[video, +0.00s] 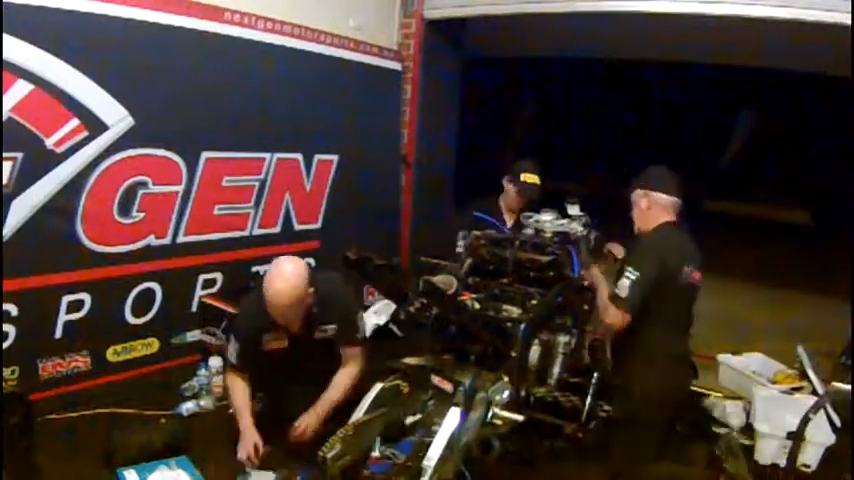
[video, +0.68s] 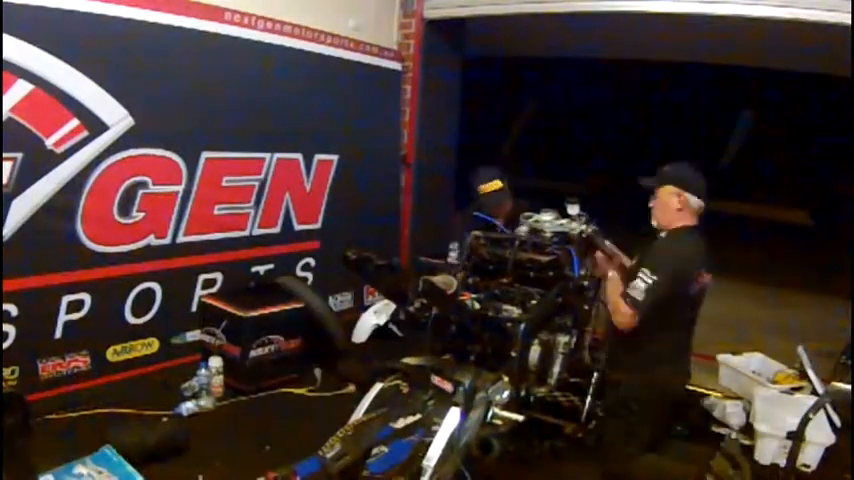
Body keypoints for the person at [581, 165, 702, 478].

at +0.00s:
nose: (631, 215)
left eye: (634, 205)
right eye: (632, 206)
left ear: (646, 202)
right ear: (672, 206)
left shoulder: (650, 248)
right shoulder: (686, 246)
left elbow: (615, 318)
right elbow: (662, 299)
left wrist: (599, 281)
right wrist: (626, 260)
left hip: (642, 379)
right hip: (675, 375)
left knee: (627, 463)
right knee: (653, 460)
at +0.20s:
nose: (648, 222)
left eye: (653, 212)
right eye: (649, 214)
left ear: (678, 210)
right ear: (678, 211)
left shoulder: (691, 251)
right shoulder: (683, 249)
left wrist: (615, 237)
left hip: (659, 396)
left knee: (639, 469)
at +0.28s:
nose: (646, 196)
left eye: (653, 190)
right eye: (650, 189)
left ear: (670, 198)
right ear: (675, 202)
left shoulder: (661, 246)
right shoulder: (685, 248)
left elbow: (589, 273)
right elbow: (650, 285)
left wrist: (583, 227)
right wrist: (627, 249)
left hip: (626, 376)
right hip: (652, 374)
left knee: (603, 461)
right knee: (621, 459)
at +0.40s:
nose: (649, 206)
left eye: (657, 198)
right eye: (652, 198)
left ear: (679, 203)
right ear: (679, 205)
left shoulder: (672, 250)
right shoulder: (692, 245)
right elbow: (656, 293)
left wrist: (598, 264)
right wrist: (614, 261)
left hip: (650, 384)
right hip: (675, 380)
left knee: (621, 460)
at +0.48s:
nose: (650, 222)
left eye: (657, 214)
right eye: (652, 216)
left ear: (677, 217)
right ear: (680, 220)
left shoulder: (680, 246)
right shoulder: (686, 249)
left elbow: (633, 277)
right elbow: (635, 279)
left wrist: (599, 239)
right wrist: (602, 245)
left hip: (668, 384)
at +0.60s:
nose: (614, 298)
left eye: (612, 290)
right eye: (612, 291)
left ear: (621, 280)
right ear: (643, 270)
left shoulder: (631, 306)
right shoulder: (671, 284)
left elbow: (605, 385)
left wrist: (581, 454)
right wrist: (651, 403)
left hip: (694, 402)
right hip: (723, 392)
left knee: (648, 465)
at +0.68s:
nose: (651, 205)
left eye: (657, 197)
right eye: (653, 197)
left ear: (678, 202)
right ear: (682, 203)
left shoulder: (668, 250)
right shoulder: (694, 247)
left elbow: (624, 318)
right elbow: (662, 302)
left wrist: (610, 276)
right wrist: (624, 269)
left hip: (640, 384)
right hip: (665, 380)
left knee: (615, 464)